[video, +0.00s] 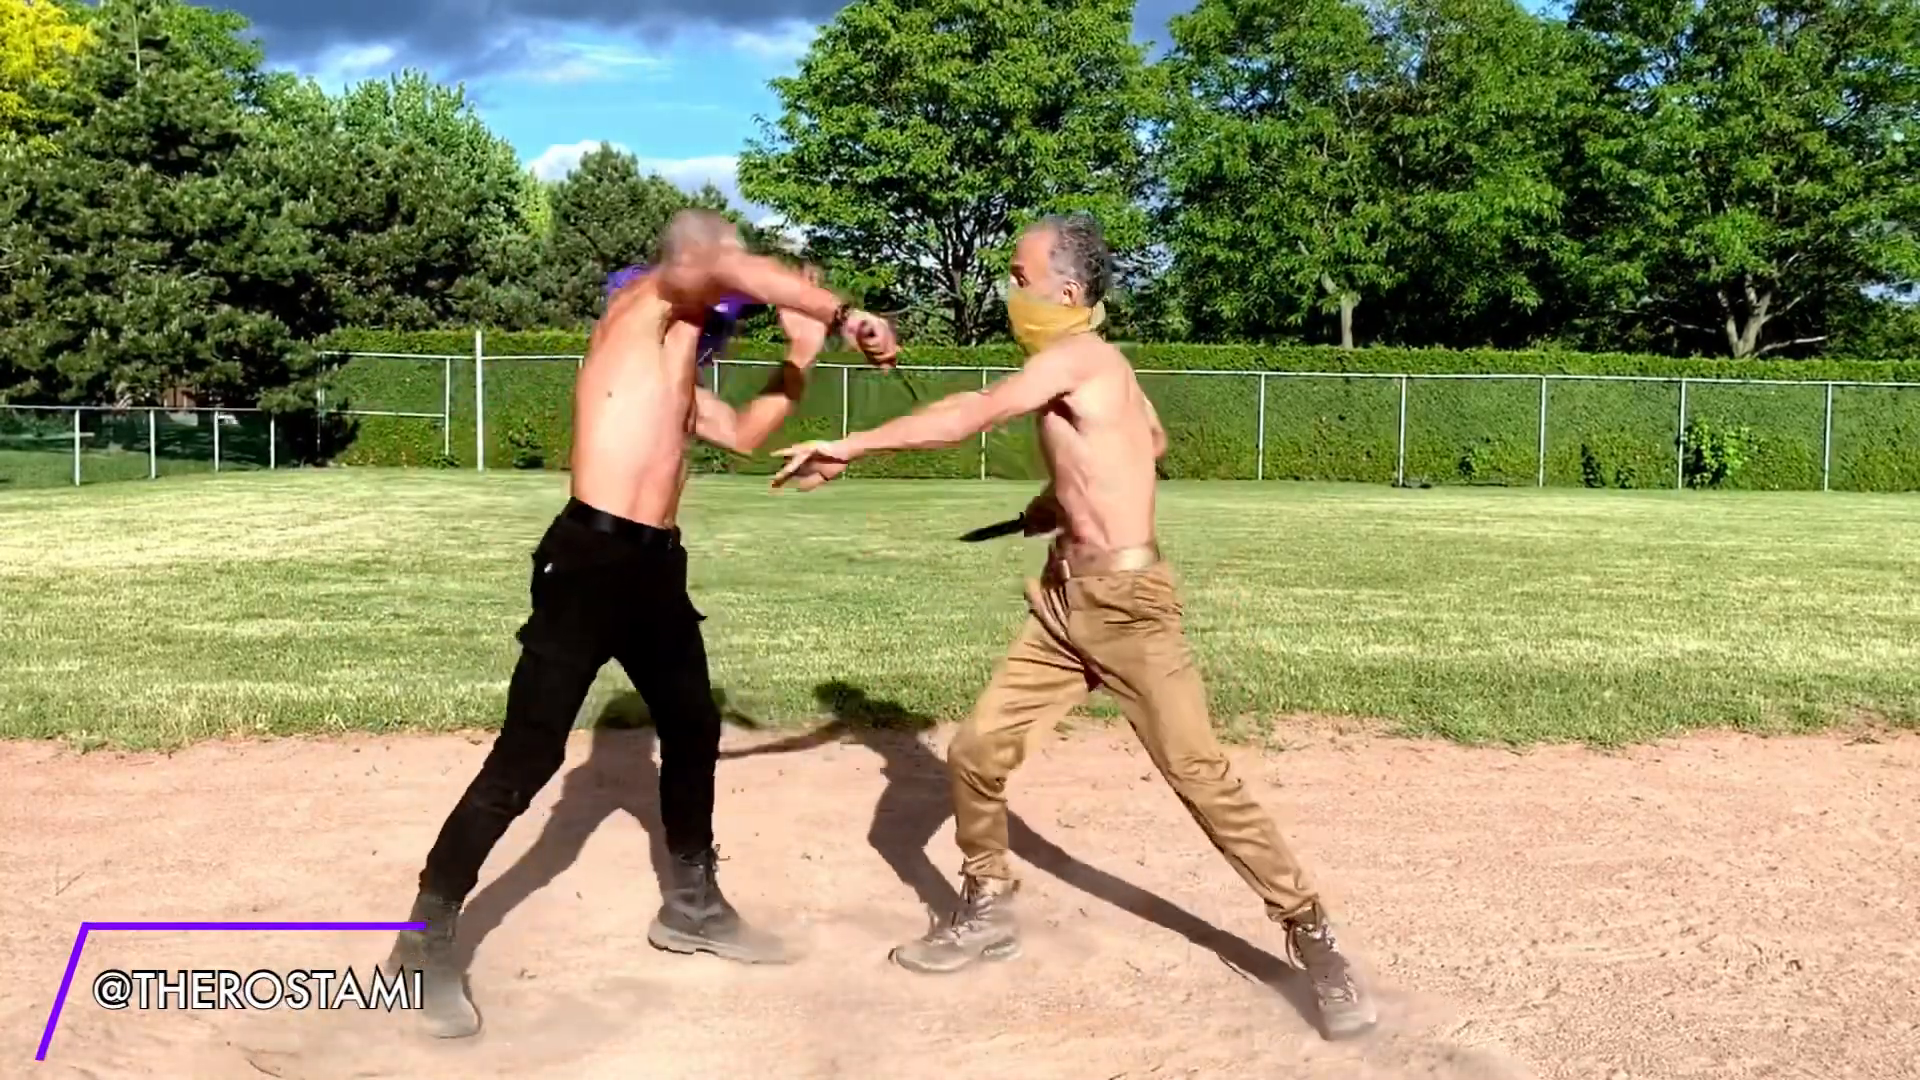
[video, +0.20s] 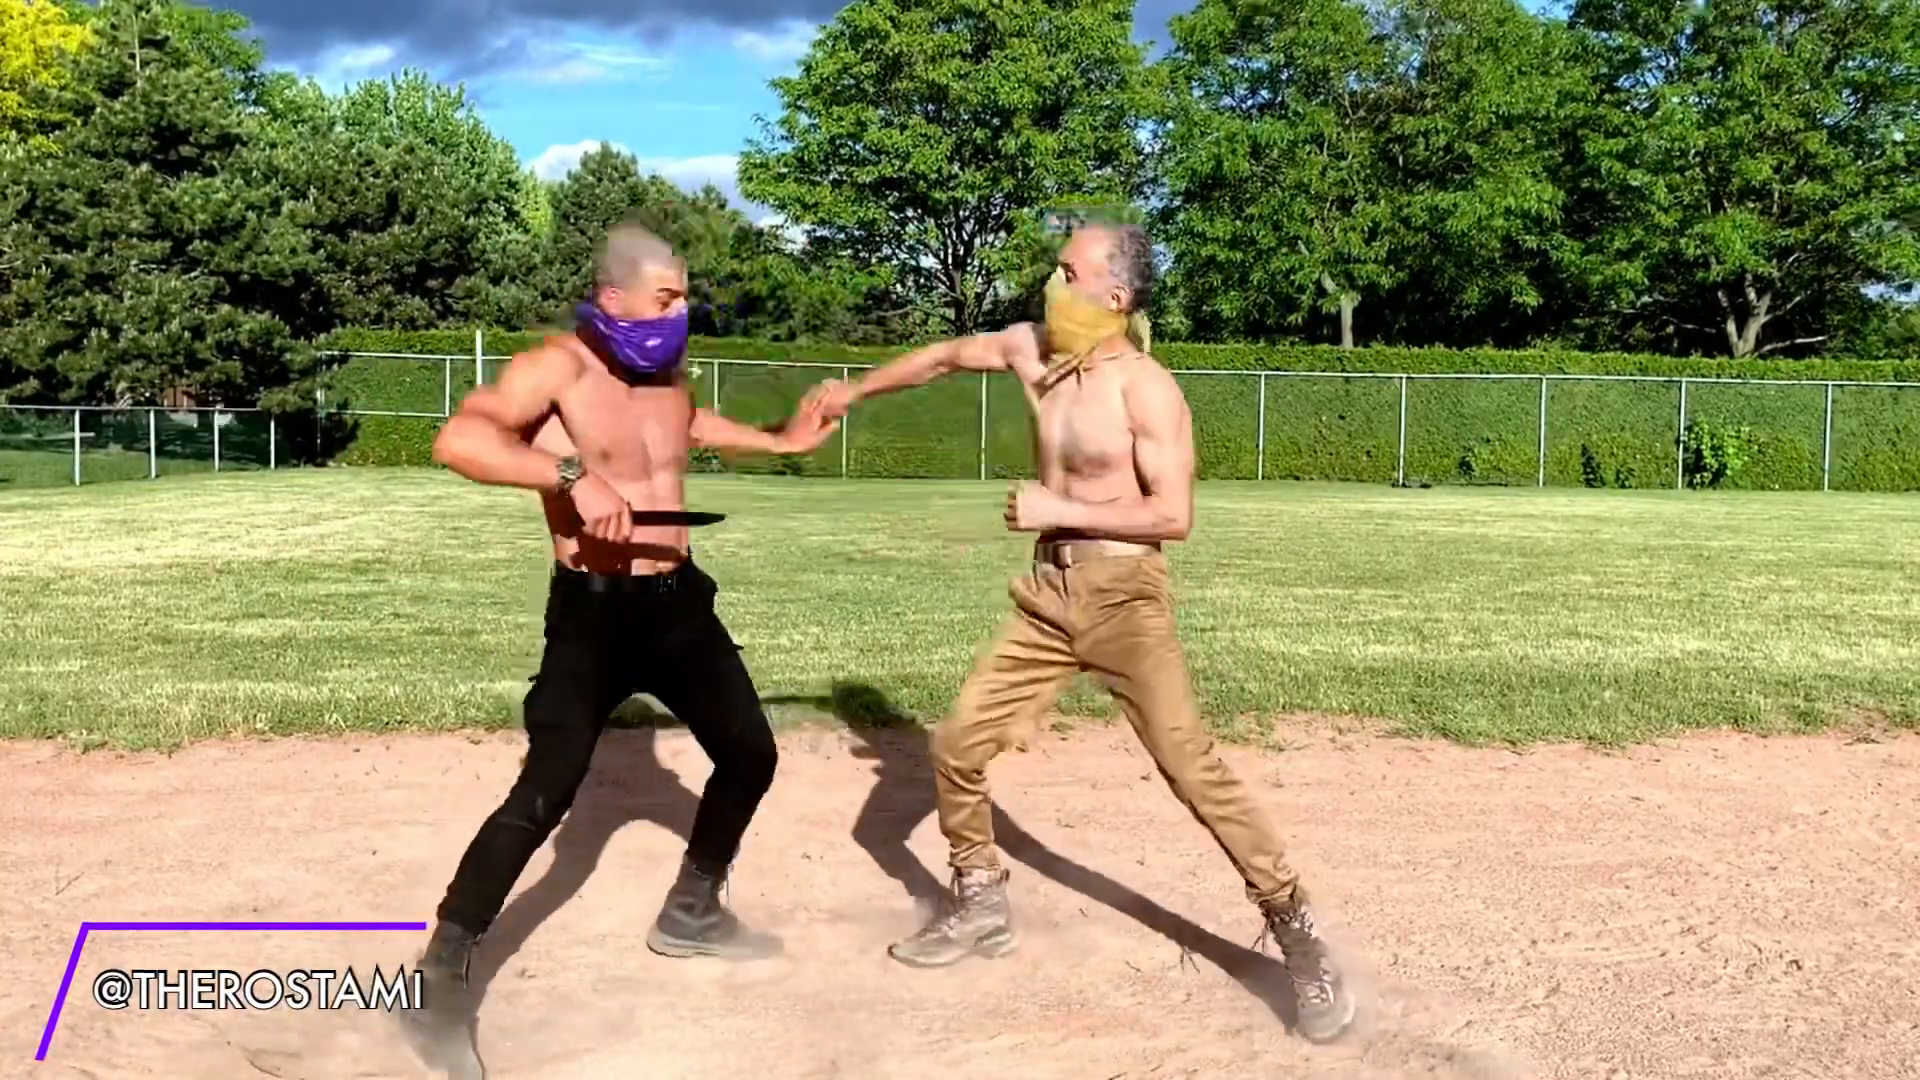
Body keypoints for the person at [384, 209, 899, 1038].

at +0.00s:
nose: (727, 314)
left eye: (732, 305)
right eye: (720, 296)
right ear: (691, 267)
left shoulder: (678, 372)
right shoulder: (649, 301)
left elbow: (745, 432)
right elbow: (726, 263)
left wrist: (802, 351)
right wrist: (842, 312)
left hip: (654, 570)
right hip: (586, 560)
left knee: (691, 733)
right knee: (527, 756)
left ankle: (692, 904)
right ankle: (427, 936)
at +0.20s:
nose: (676, 313)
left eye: (682, 299)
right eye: (663, 297)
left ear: (678, 298)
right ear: (611, 297)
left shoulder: (668, 370)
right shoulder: (555, 366)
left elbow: (682, 427)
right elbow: (457, 439)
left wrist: (784, 442)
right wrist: (566, 476)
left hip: (677, 606)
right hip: (592, 611)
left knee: (750, 757)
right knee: (544, 794)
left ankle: (692, 910)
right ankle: (442, 974)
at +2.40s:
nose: (632, 301)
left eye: (630, 286)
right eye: (620, 287)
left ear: (556, 298)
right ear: (576, 295)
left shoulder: (505, 359)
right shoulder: (617, 402)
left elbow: (550, 443)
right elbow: (664, 503)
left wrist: (637, 399)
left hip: (567, 597)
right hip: (584, 610)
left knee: (688, 734)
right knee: (549, 816)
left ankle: (680, 907)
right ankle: (392, 954)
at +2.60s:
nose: (578, 307)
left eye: (574, 293)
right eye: (564, 294)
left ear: (508, 306)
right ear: (516, 303)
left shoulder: (471, 385)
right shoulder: (545, 407)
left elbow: (557, 478)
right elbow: (644, 508)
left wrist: (610, 407)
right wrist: (608, 446)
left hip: (598, 611)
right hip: (565, 624)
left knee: (704, 728)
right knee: (555, 827)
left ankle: (687, 902)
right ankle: (407, 961)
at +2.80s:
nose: (603, 290)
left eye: (603, 276)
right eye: (592, 274)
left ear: (545, 283)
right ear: (540, 279)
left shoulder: (542, 375)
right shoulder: (506, 379)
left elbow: (582, 476)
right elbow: (603, 503)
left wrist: (630, 421)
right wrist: (648, 483)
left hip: (598, 602)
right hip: (538, 611)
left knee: (683, 752)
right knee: (514, 819)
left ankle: (715, 912)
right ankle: (393, 967)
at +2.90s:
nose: (628, 293)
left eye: (629, 279)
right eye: (619, 277)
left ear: (573, 279)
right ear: (570, 280)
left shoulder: (567, 369)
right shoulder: (526, 371)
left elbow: (599, 483)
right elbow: (632, 489)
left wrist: (644, 442)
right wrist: (665, 469)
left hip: (605, 604)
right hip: (542, 612)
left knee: (703, 747)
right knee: (507, 825)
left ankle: (719, 912)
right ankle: (389, 971)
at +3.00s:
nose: (664, 297)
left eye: (665, 283)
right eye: (654, 281)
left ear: (602, 286)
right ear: (603, 283)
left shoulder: (594, 360)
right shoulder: (580, 353)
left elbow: (641, 463)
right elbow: (726, 420)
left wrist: (685, 402)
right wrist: (724, 411)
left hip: (626, 607)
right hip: (561, 609)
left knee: (709, 754)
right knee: (512, 812)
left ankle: (740, 912)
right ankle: (389, 967)